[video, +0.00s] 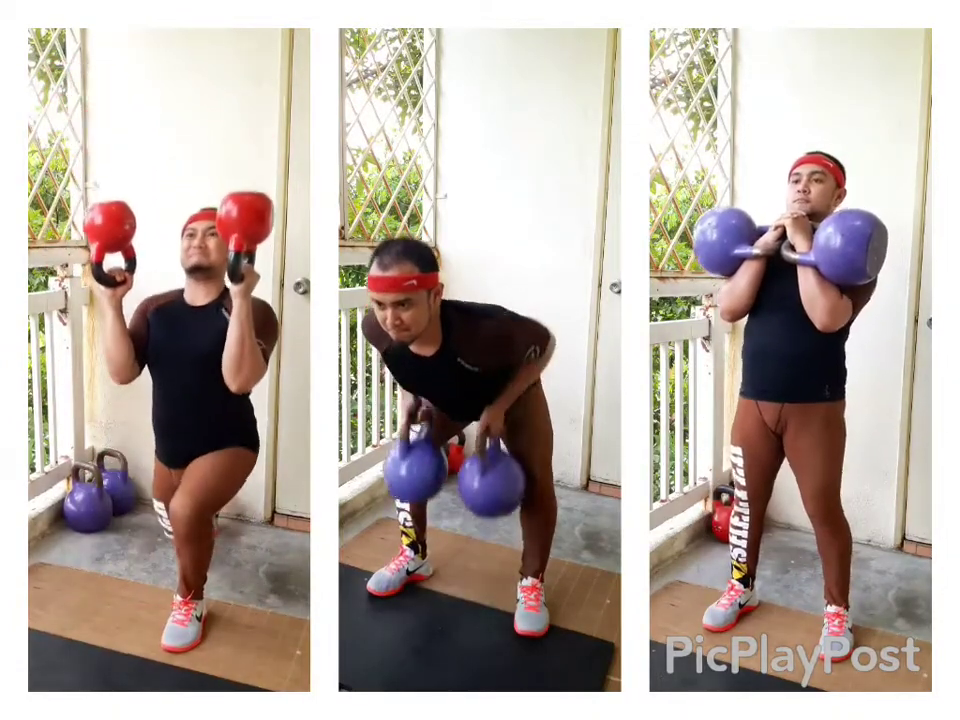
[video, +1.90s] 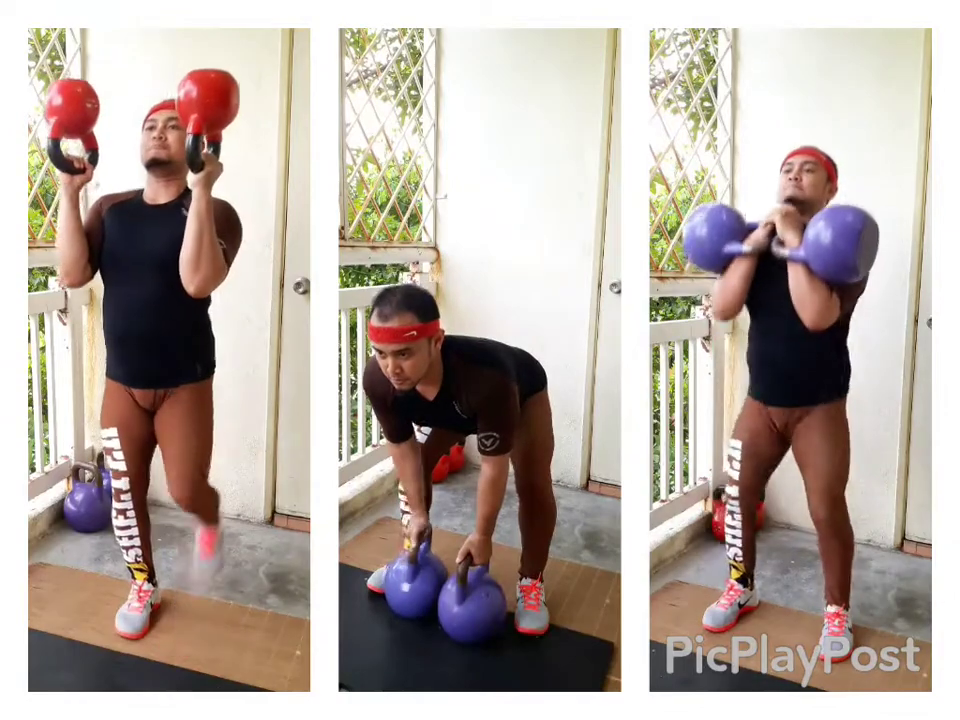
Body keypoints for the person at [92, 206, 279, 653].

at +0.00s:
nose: (199, 241)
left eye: (211, 235)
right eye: (191, 235)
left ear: (230, 250)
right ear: (179, 250)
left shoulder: (253, 311)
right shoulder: (155, 307)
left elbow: (239, 380)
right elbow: (122, 372)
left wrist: (241, 297)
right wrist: (111, 301)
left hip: (228, 441)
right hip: (170, 443)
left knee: (187, 512)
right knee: (175, 517)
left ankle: (188, 600)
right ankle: (196, 574)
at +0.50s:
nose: (200, 206)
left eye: (213, 199)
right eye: (192, 199)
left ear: (233, 215)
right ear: (181, 213)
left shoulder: (254, 283)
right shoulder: (154, 271)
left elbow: (243, 354)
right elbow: (119, 336)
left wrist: (247, 267)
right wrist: (112, 259)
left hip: (223, 416)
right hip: (166, 410)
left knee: (184, 510)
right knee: (171, 472)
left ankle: (189, 600)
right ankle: (207, 506)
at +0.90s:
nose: (198, 122)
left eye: (211, 116)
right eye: (191, 117)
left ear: (236, 136)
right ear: (180, 137)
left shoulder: (258, 208)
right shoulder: (149, 202)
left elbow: (240, 276)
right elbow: (110, 268)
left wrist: (243, 180)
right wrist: (104, 184)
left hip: (216, 380)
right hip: (154, 373)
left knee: (201, 494)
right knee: (144, 479)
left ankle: (191, 597)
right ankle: (172, 538)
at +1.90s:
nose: (159, 134)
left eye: (172, 126)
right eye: (150, 127)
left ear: (195, 144)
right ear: (139, 146)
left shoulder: (216, 214)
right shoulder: (110, 207)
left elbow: (198, 282)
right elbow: (73, 274)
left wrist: (201, 189)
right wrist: (70, 194)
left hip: (185, 381)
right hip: (122, 379)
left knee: (186, 493)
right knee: (126, 493)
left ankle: (212, 517)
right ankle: (142, 584)